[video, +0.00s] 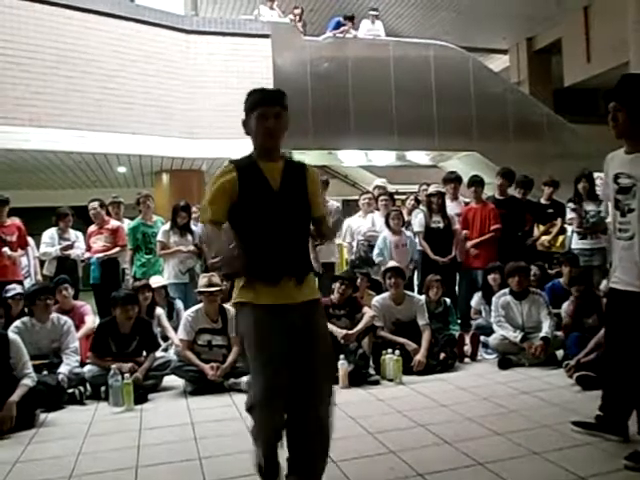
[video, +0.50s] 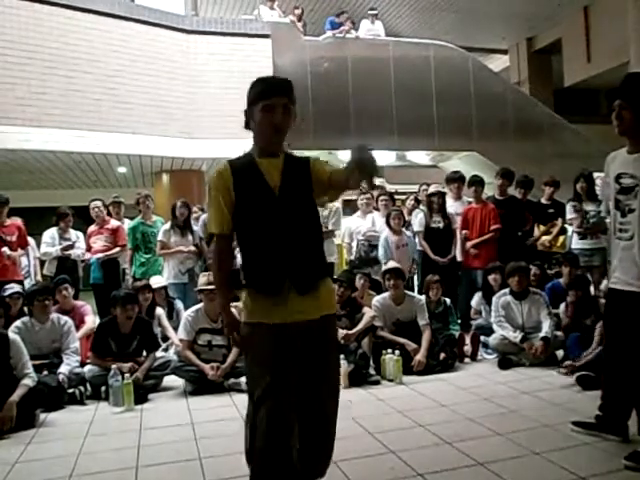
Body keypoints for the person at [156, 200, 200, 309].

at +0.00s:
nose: (182, 220)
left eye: (185, 217)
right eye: (180, 217)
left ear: (189, 218)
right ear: (175, 216)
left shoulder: (192, 231)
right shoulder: (166, 230)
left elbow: (199, 250)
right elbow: (160, 252)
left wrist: (193, 250)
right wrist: (178, 249)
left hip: (191, 274)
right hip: (174, 274)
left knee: (192, 308)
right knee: (179, 309)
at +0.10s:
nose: (182, 219)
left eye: (185, 216)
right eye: (180, 216)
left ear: (189, 217)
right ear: (175, 215)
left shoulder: (193, 231)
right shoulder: (166, 230)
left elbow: (201, 251)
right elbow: (160, 252)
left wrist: (193, 250)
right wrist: (178, 249)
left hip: (191, 274)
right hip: (174, 274)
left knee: (193, 309)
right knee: (179, 309)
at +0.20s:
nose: (183, 219)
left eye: (185, 216)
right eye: (181, 215)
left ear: (189, 216)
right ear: (175, 214)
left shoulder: (193, 231)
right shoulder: (166, 230)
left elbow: (201, 251)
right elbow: (159, 251)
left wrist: (193, 250)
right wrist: (178, 249)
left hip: (191, 274)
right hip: (174, 274)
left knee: (192, 309)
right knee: (179, 309)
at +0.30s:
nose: (182, 214)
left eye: (185, 211)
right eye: (180, 211)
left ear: (189, 214)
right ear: (175, 212)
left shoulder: (192, 231)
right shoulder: (166, 230)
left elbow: (199, 250)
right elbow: (159, 251)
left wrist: (193, 249)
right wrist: (178, 249)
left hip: (191, 274)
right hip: (174, 274)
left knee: (192, 309)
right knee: (179, 309)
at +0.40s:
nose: (182, 212)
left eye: (185, 209)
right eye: (179, 209)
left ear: (188, 212)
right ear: (175, 211)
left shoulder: (192, 230)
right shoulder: (166, 229)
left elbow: (199, 250)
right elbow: (159, 251)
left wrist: (192, 249)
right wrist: (179, 249)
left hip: (191, 273)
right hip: (173, 274)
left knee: (192, 308)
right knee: (179, 309)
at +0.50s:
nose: (182, 211)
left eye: (184, 208)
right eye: (179, 208)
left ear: (188, 211)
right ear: (174, 211)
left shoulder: (192, 230)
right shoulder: (166, 229)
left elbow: (200, 250)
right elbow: (159, 251)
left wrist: (192, 249)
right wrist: (179, 249)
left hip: (191, 274)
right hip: (173, 274)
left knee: (191, 309)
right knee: (178, 310)